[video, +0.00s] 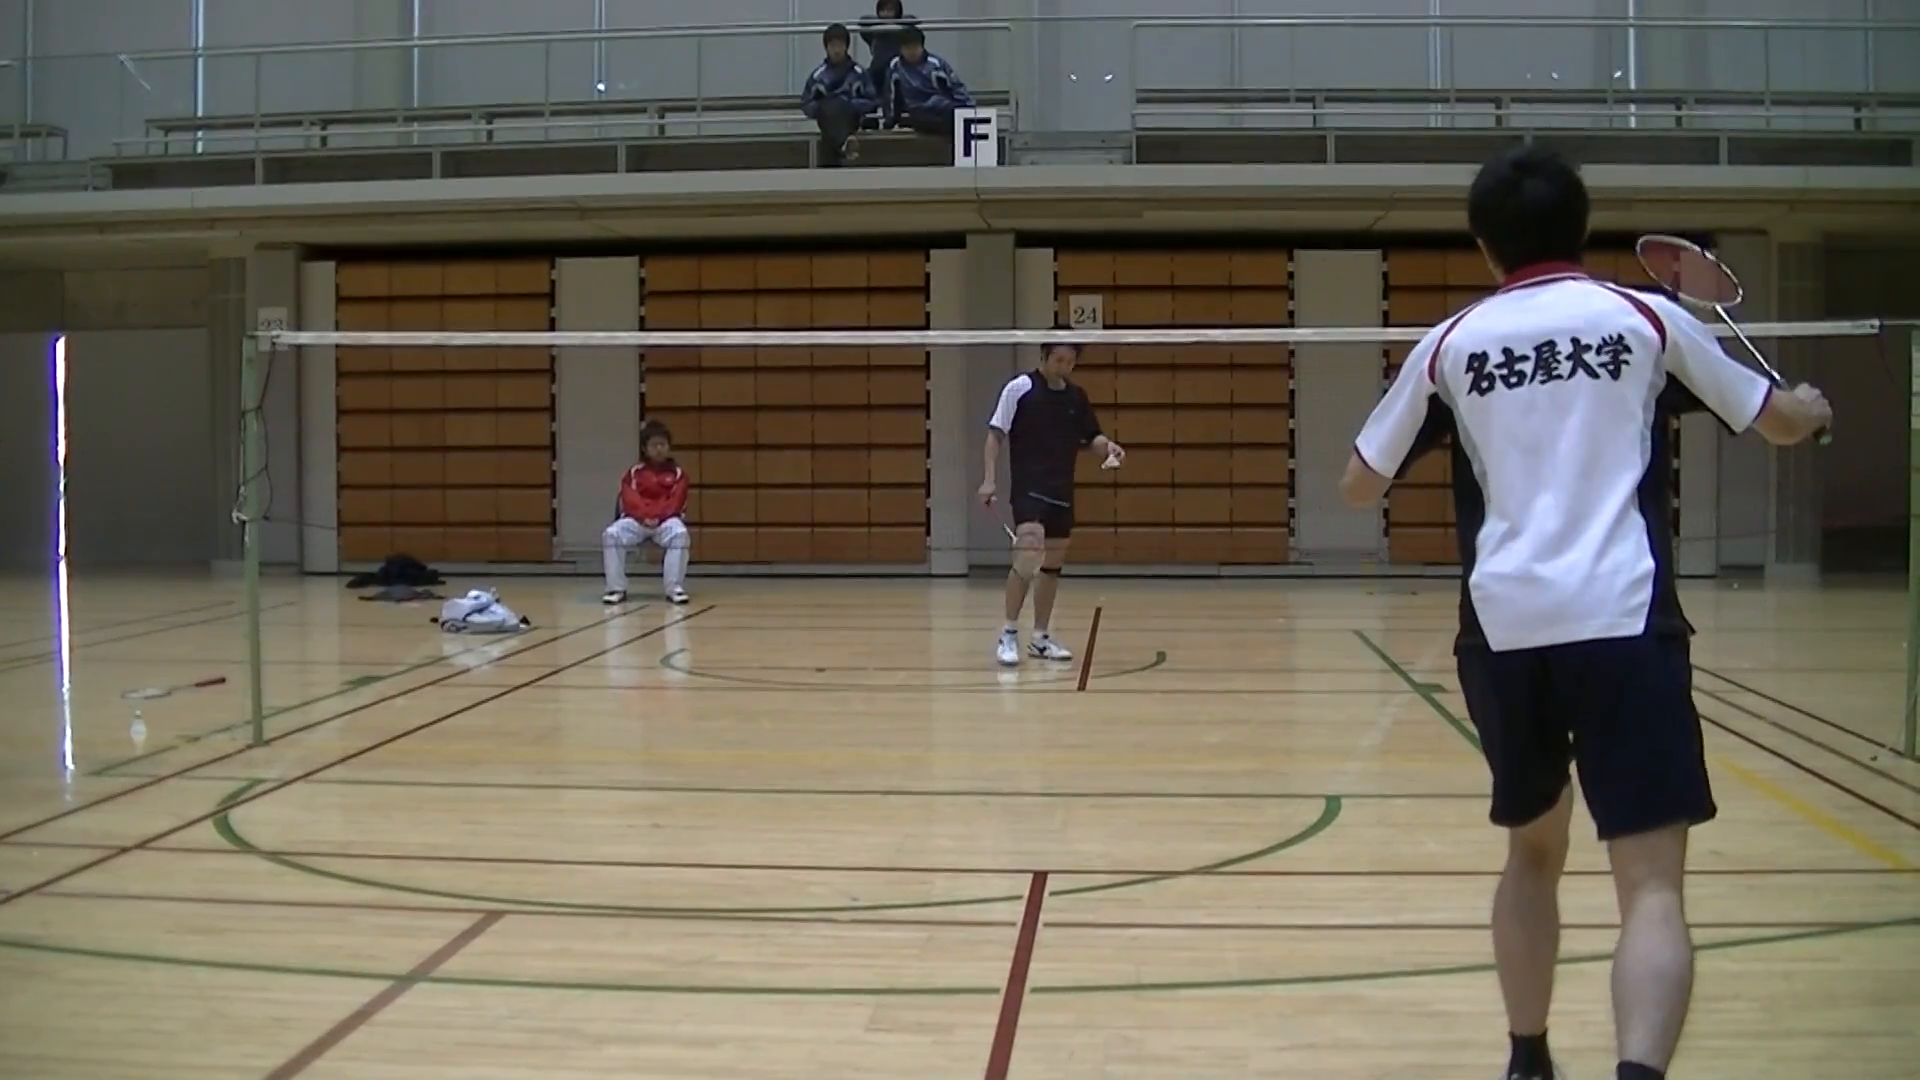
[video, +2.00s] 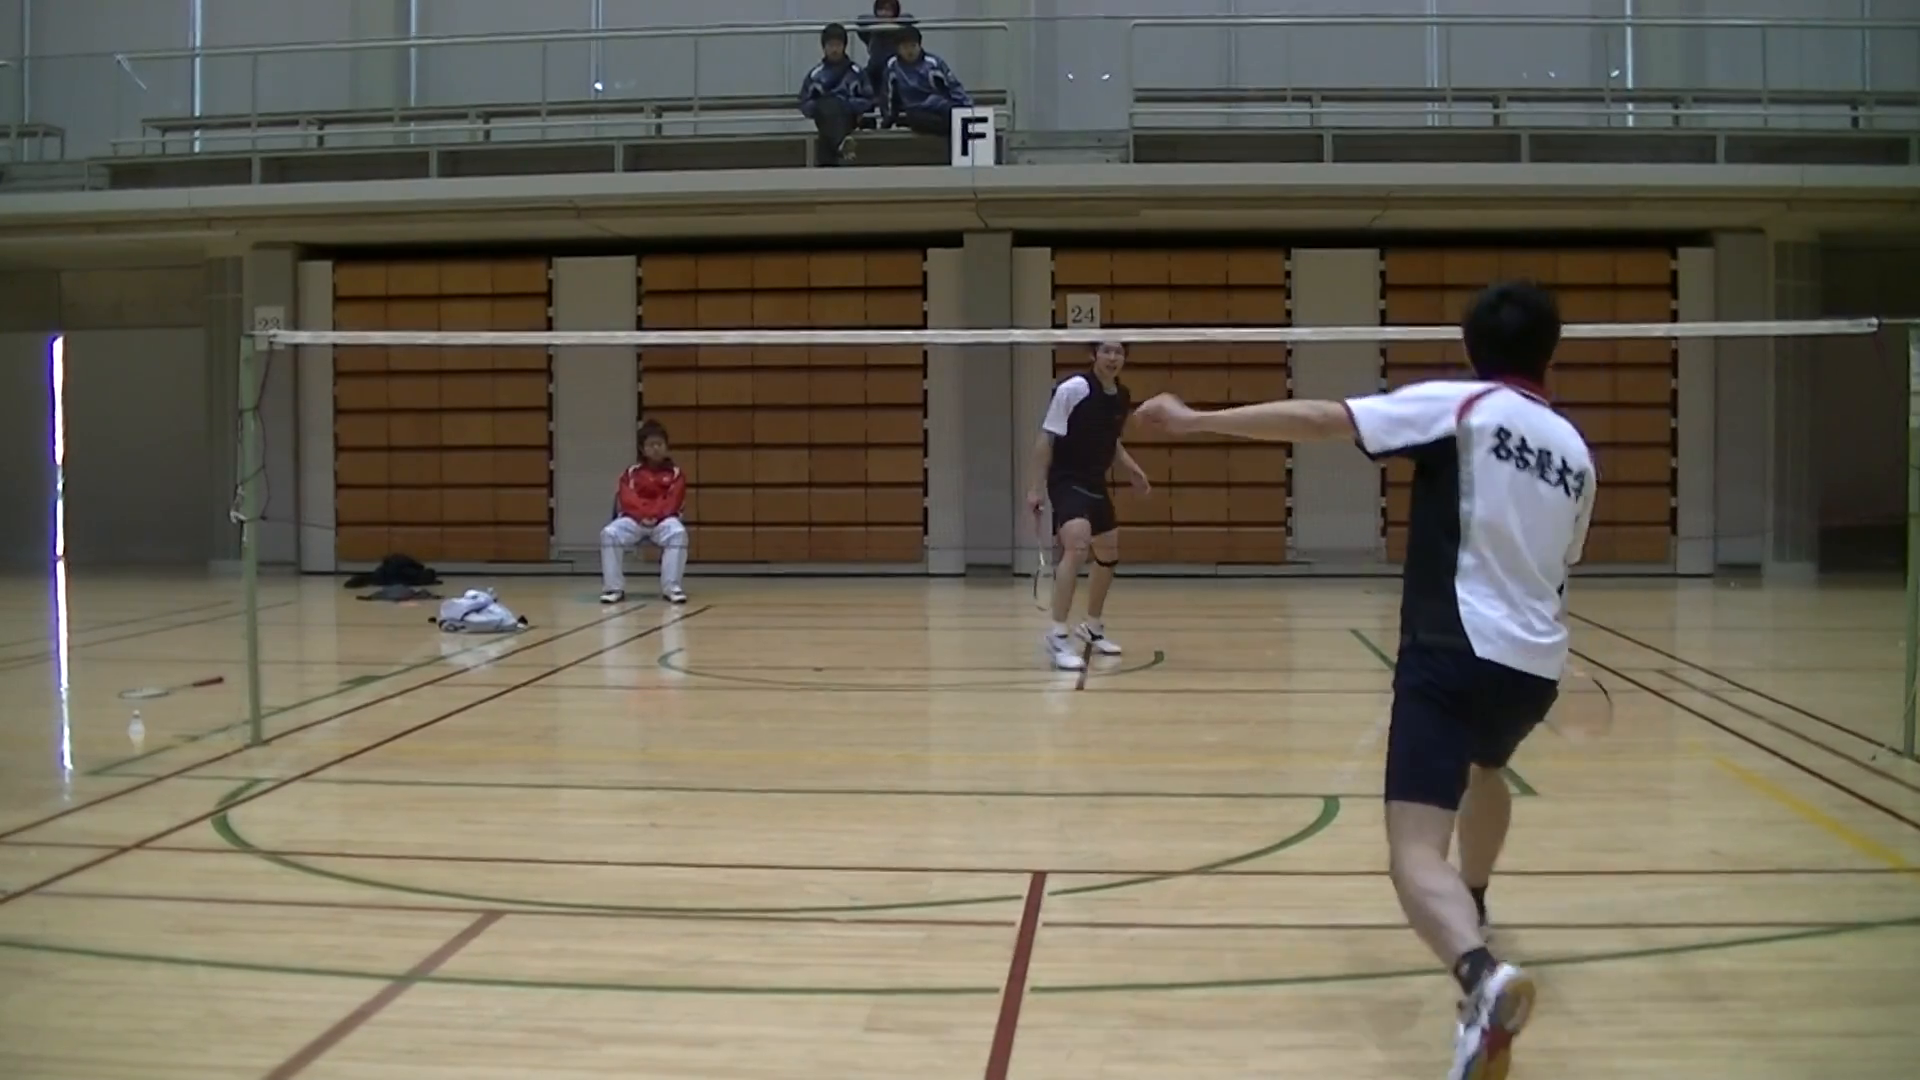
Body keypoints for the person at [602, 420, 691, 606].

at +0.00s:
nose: (659, 449)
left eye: (663, 444)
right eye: (654, 445)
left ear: (668, 447)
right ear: (645, 449)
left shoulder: (677, 474)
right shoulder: (634, 472)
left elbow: (676, 503)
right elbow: (629, 499)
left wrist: (657, 517)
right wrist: (644, 515)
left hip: (665, 520)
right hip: (637, 519)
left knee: (680, 535)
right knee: (611, 535)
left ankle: (674, 588)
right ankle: (616, 589)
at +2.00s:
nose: (656, 449)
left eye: (660, 444)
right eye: (650, 445)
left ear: (666, 447)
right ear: (642, 449)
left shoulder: (675, 473)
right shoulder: (631, 472)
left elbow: (673, 503)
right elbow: (626, 500)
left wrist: (655, 516)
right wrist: (642, 515)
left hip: (663, 519)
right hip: (634, 519)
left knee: (678, 534)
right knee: (609, 534)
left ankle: (672, 586)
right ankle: (613, 588)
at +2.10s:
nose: (664, 449)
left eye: (669, 444)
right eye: (659, 445)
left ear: (676, 447)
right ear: (651, 449)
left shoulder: (683, 475)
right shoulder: (640, 473)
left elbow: (680, 505)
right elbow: (635, 500)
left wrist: (660, 516)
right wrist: (652, 515)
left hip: (671, 519)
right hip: (643, 519)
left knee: (687, 534)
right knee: (618, 535)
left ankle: (682, 587)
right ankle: (622, 589)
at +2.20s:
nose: (697, 449)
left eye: (702, 444)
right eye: (692, 444)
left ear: (708, 447)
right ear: (683, 449)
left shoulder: (716, 475)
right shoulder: (673, 473)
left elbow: (713, 506)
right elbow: (668, 503)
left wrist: (691, 515)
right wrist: (684, 517)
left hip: (704, 520)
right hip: (676, 520)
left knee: (718, 534)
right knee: (651, 534)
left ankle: (714, 587)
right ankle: (654, 589)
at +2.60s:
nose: (674, 448)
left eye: (678, 443)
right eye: (668, 443)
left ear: (684, 445)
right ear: (659, 448)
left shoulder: (691, 473)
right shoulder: (648, 471)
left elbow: (689, 502)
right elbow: (643, 498)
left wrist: (671, 516)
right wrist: (661, 513)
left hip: (680, 518)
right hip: (651, 518)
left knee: (695, 534)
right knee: (627, 533)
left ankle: (688, 585)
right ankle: (631, 588)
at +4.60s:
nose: (656, 450)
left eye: (660, 445)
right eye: (651, 446)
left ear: (666, 448)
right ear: (642, 450)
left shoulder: (675, 475)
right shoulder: (631, 474)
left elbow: (672, 504)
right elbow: (626, 500)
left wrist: (655, 518)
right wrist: (642, 516)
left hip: (662, 521)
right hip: (633, 521)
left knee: (677, 536)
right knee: (609, 536)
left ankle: (671, 588)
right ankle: (614, 590)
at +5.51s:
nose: (656, 441)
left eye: (660, 436)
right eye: (651, 437)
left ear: (666, 439)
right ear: (642, 442)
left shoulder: (674, 466)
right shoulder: (630, 465)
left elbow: (672, 494)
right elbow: (626, 492)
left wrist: (657, 510)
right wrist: (641, 508)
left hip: (661, 513)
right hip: (633, 512)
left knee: (677, 527)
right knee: (609, 528)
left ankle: (671, 580)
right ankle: (613, 582)